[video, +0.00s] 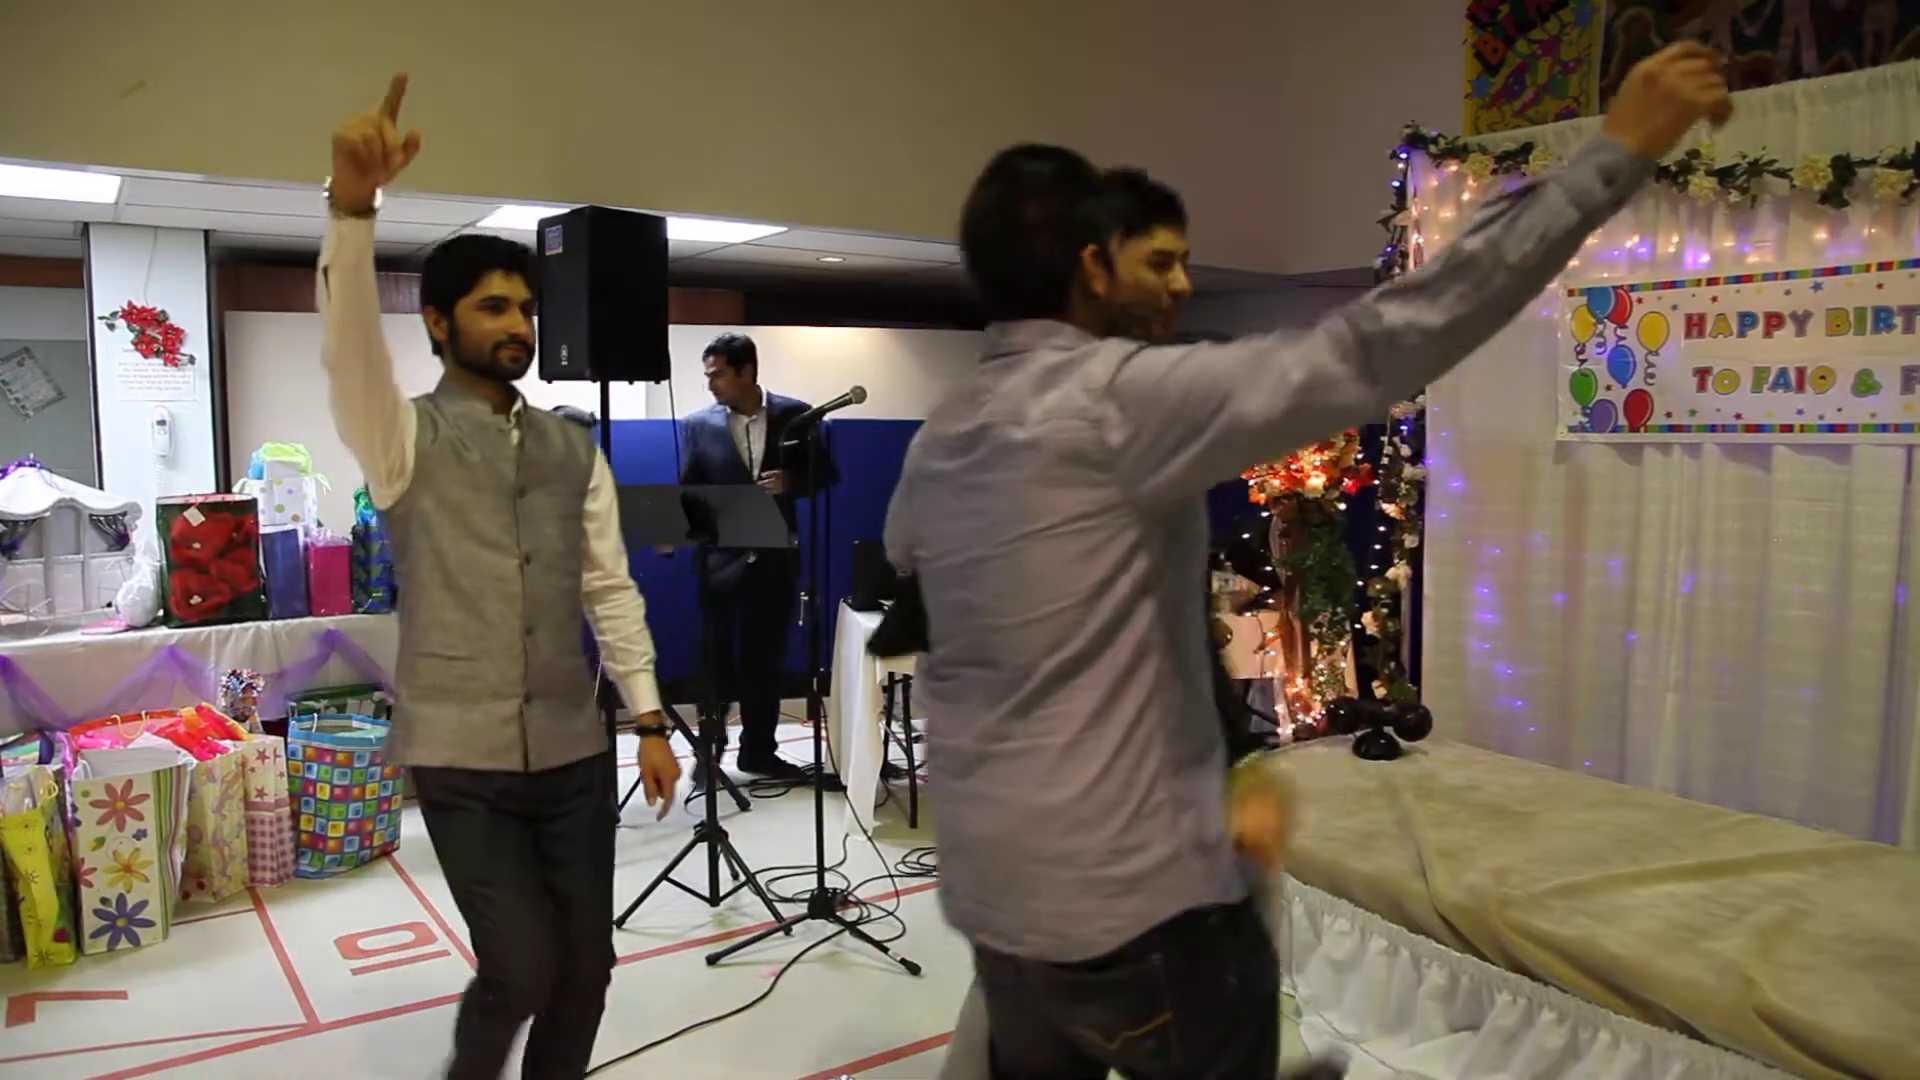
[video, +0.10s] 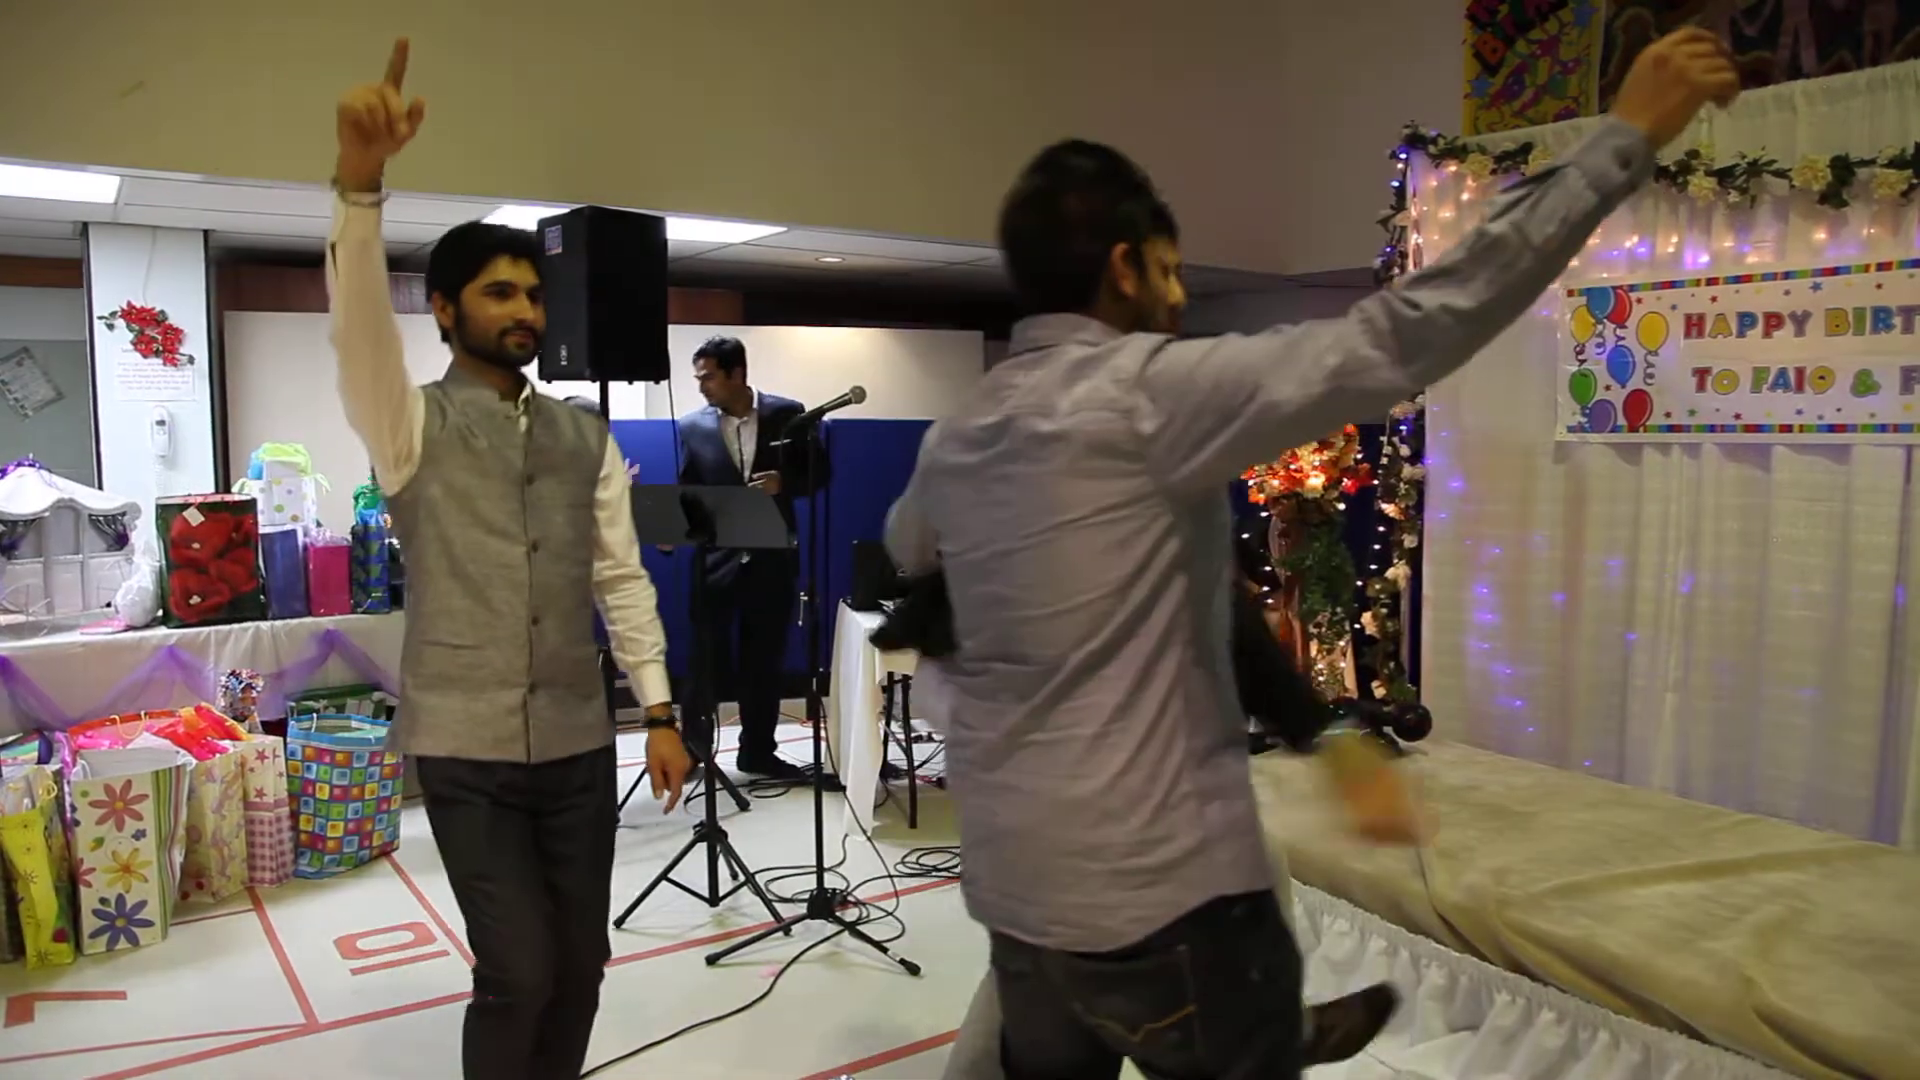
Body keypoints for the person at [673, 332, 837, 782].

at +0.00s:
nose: (710, 383)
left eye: (717, 374)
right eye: (707, 375)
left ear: (748, 371)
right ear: (712, 378)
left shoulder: (795, 416)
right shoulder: (699, 426)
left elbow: (825, 474)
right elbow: (689, 493)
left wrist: (790, 483)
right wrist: (673, 533)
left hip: (775, 561)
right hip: (720, 562)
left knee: (765, 659)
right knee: (716, 656)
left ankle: (758, 752)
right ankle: (708, 756)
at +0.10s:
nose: (700, 385)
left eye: (707, 377)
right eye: (697, 378)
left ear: (737, 374)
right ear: (703, 380)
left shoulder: (788, 415)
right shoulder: (693, 427)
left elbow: (819, 475)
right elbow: (687, 493)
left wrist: (784, 483)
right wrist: (672, 532)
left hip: (772, 561)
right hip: (715, 561)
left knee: (764, 659)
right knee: (706, 658)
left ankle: (758, 752)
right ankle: (695, 752)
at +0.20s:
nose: (687, 390)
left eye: (693, 381)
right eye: (684, 383)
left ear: (722, 378)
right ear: (694, 384)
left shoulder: (776, 413)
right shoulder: (684, 431)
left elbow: (806, 471)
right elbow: (682, 496)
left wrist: (773, 483)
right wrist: (675, 531)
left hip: (766, 556)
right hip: (709, 558)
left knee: (764, 655)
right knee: (704, 653)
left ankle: (757, 751)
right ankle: (696, 749)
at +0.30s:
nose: (674, 396)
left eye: (680, 388)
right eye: (672, 388)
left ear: (709, 384)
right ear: (690, 388)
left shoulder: (764, 413)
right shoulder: (673, 434)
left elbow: (797, 464)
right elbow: (673, 497)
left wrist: (760, 482)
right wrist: (706, 504)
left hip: (759, 553)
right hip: (701, 557)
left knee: (759, 649)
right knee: (699, 648)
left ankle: (756, 751)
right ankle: (695, 751)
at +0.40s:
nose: (664, 404)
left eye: (669, 394)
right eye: (661, 395)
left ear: (697, 387)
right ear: (670, 393)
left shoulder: (753, 412)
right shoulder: (663, 438)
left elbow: (792, 462)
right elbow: (660, 498)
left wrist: (749, 481)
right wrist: (701, 498)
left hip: (754, 552)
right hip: (698, 557)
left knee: (754, 648)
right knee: (699, 647)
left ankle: (756, 750)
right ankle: (694, 753)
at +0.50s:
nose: (658, 406)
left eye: (663, 396)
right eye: (654, 398)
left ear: (691, 388)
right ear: (657, 396)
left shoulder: (744, 413)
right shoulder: (655, 437)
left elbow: (783, 464)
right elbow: (650, 495)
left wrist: (736, 482)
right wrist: (690, 500)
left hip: (746, 555)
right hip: (690, 558)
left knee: (751, 649)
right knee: (695, 649)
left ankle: (755, 750)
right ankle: (692, 749)